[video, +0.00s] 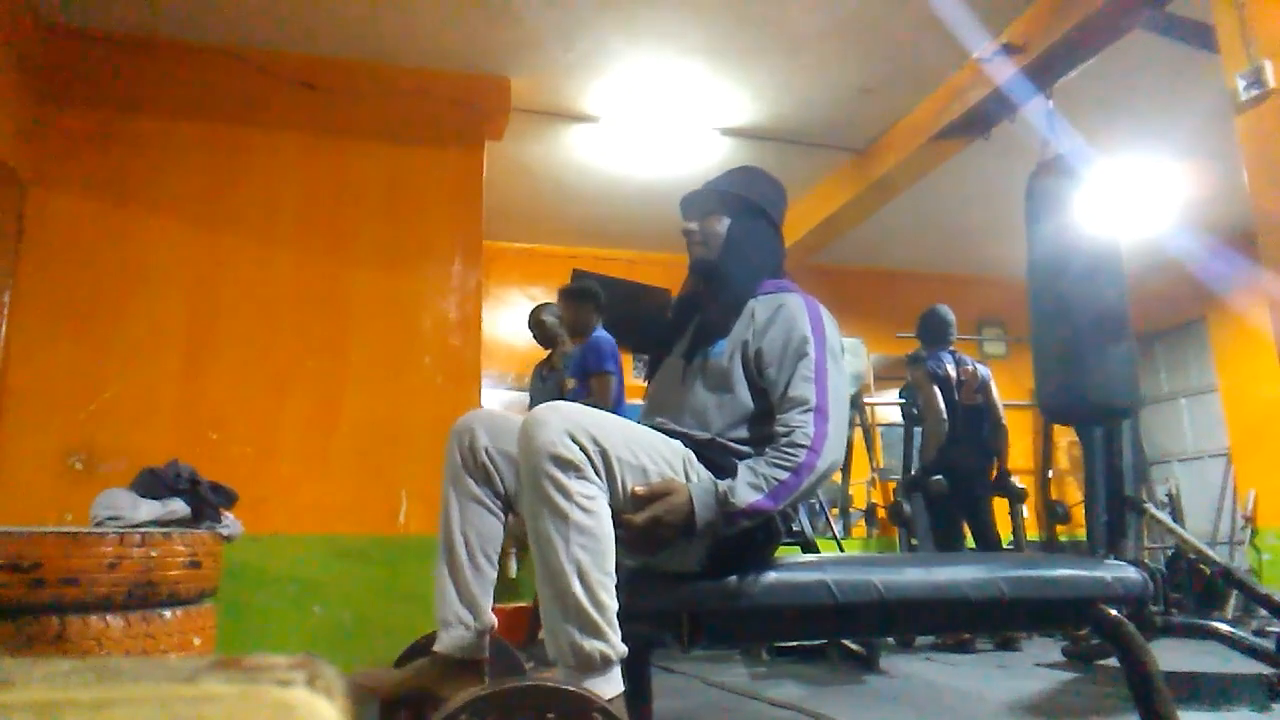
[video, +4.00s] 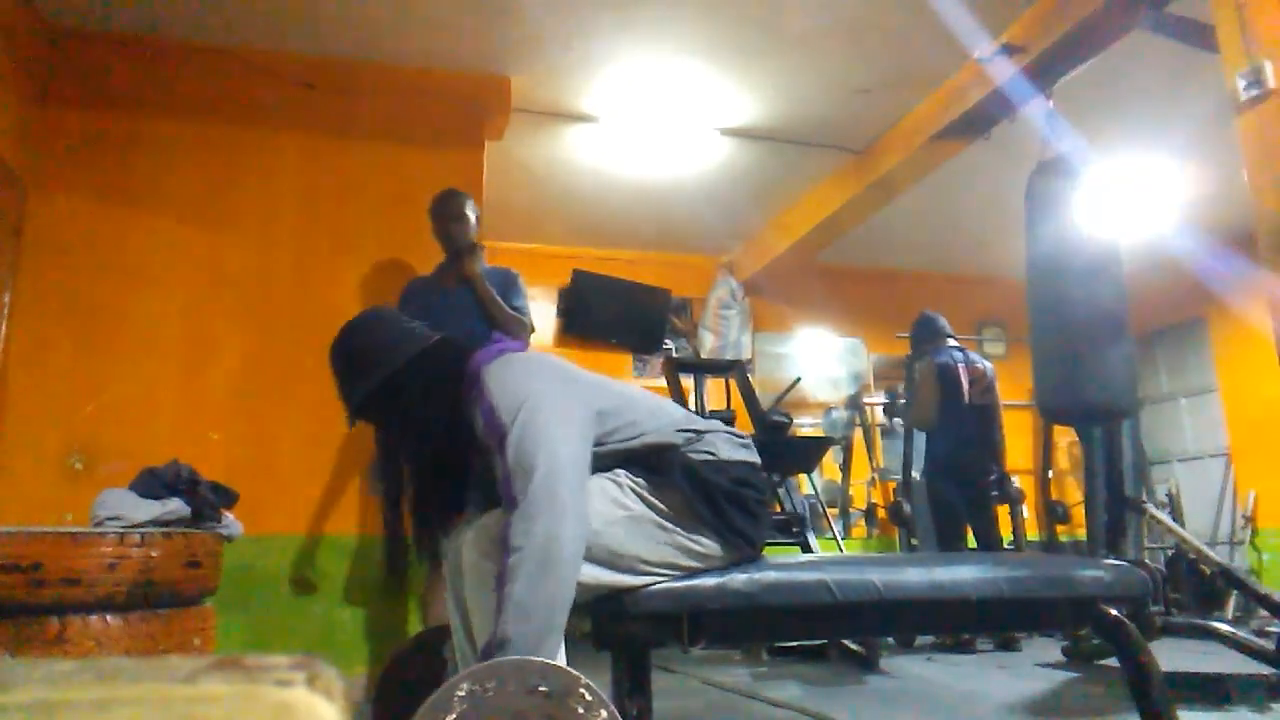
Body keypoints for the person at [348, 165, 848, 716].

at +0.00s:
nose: (692, 233)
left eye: (708, 221)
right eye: (691, 223)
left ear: (749, 229)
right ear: (693, 231)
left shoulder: (790, 313)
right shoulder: (696, 316)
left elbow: (810, 443)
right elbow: (667, 425)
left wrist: (709, 500)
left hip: (728, 502)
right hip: (664, 483)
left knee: (555, 431)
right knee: (479, 437)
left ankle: (591, 685)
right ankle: (460, 649)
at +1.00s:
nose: (425, 351)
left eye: (418, 334)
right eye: (413, 340)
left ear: (441, 314)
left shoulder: (564, 322)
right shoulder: (509, 368)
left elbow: (599, 457)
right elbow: (521, 482)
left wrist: (555, 583)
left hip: (704, 490)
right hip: (641, 488)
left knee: (503, 543)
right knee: (461, 543)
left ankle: (541, 707)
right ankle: (489, 702)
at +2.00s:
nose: (448, 375)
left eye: (443, 354)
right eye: (434, 364)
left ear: (473, 324)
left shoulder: (573, 335)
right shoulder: (521, 389)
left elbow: (660, 453)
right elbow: (530, 522)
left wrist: (603, 595)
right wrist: (468, 602)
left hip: (729, 497)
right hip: (668, 503)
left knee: (502, 542)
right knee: (477, 542)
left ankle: (528, 710)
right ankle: (504, 707)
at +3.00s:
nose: (424, 406)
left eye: (419, 385)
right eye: (411, 393)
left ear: (448, 355)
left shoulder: (554, 349)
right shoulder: (499, 417)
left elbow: (660, 445)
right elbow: (526, 527)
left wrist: (587, 588)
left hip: (724, 499)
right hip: (658, 502)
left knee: (499, 542)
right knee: (468, 544)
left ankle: (544, 712)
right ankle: (499, 710)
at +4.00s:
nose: (389, 432)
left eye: (386, 412)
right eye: (379, 420)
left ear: (415, 383)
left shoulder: (522, 384)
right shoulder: (463, 424)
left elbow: (550, 533)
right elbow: (446, 549)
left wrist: (516, 685)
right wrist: (472, 686)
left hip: (706, 495)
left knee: (490, 547)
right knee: (464, 546)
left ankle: (523, 703)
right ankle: (485, 701)